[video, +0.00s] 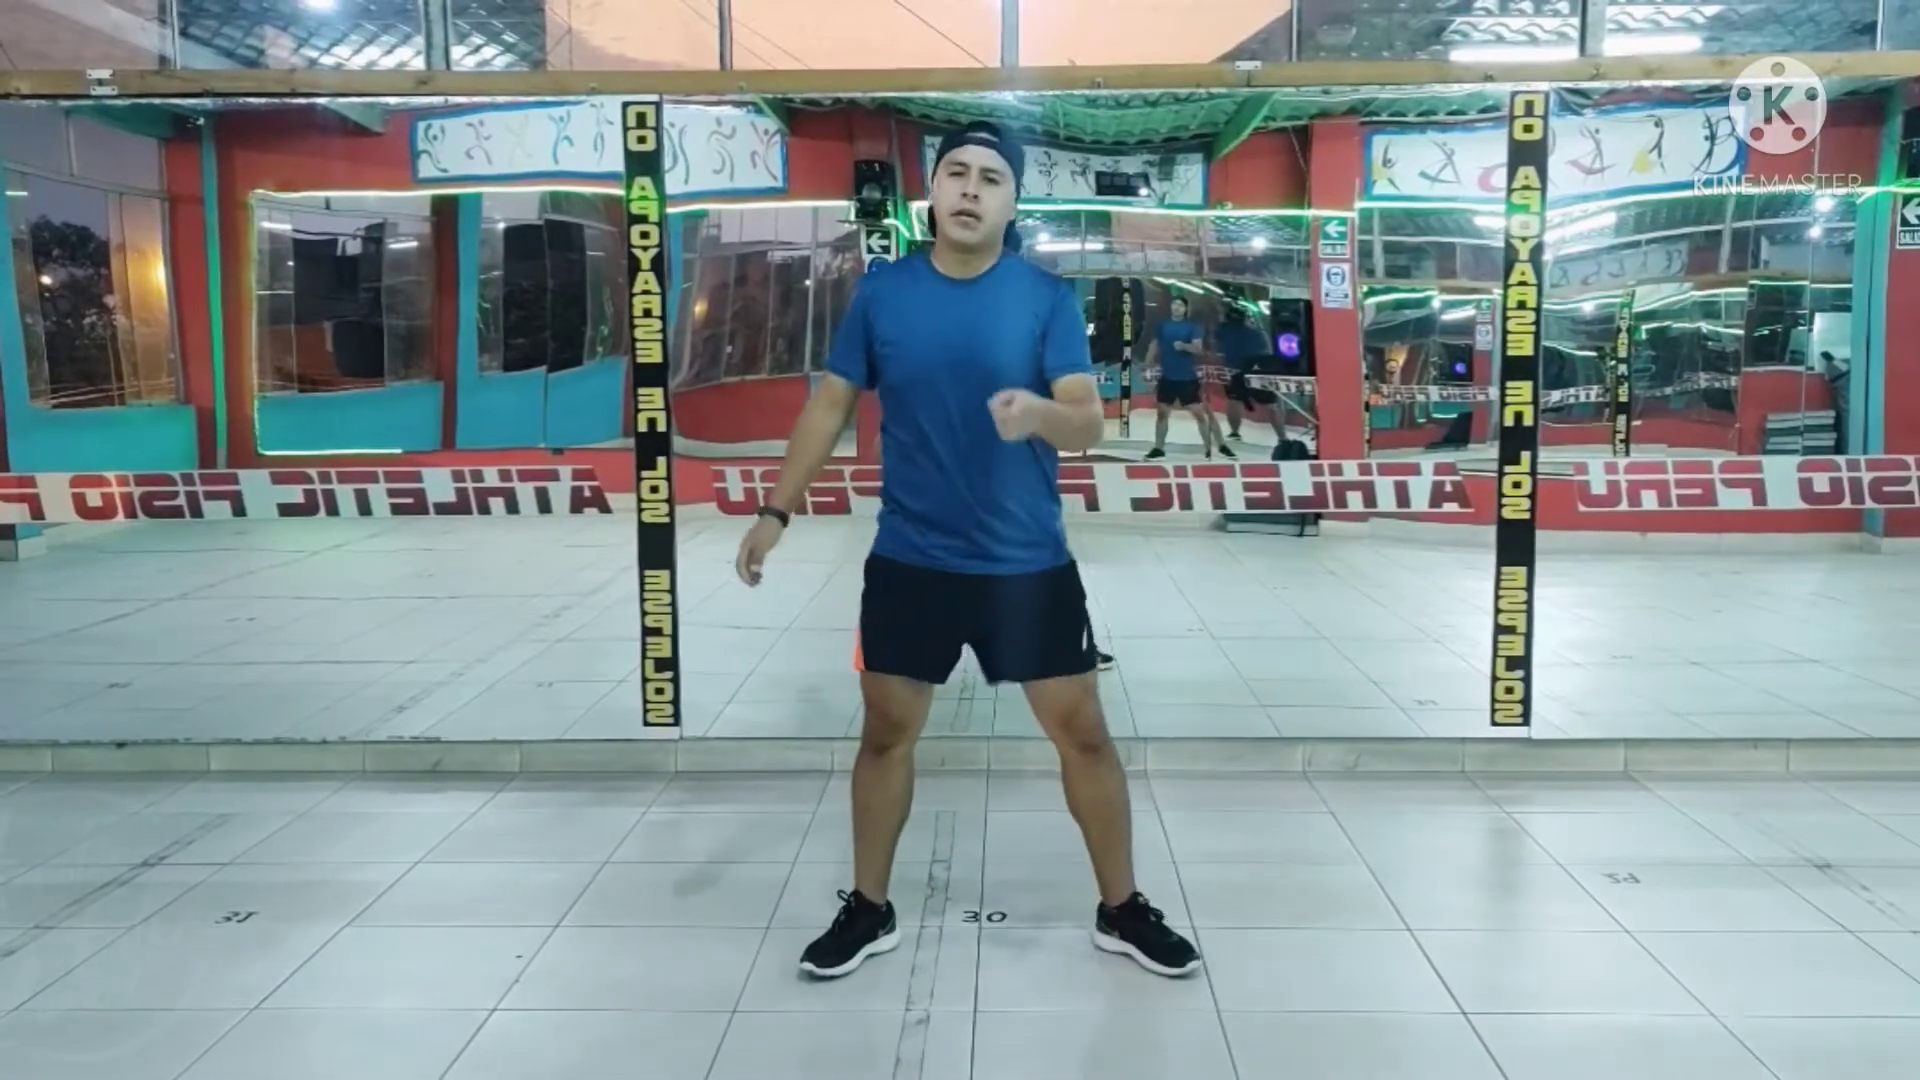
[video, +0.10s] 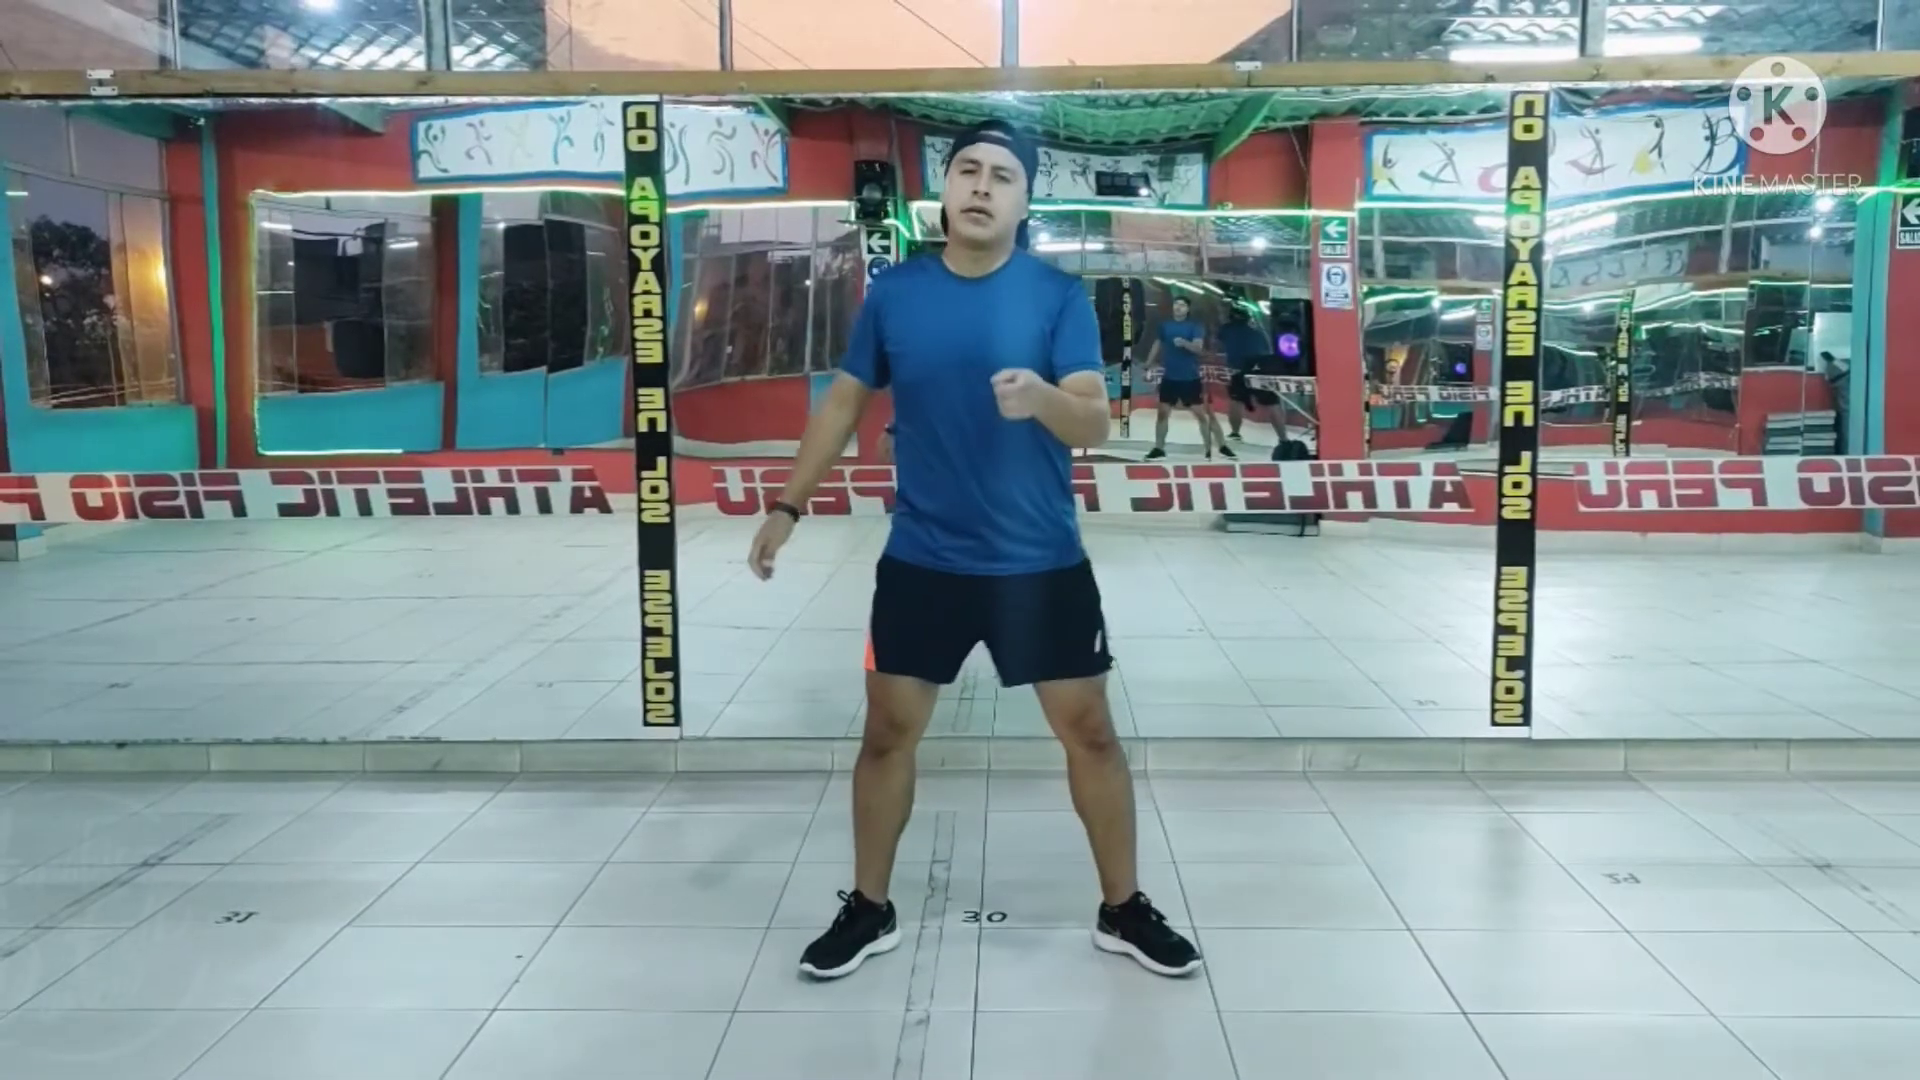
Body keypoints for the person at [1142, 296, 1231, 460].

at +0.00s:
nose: (1177, 308)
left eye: (1180, 306)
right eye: (1174, 305)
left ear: (1186, 309)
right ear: (1170, 308)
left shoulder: (1193, 328)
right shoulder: (1162, 327)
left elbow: (1198, 349)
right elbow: (1154, 346)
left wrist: (1185, 347)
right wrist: (1147, 365)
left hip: (1188, 378)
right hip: (1168, 377)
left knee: (1198, 413)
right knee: (1162, 412)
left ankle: (1208, 447)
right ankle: (1158, 447)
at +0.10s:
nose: (1178, 308)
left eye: (1182, 305)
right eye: (1176, 305)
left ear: (1188, 309)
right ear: (1172, 308)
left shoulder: (1196, 327)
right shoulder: (1165, 327)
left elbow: (1198, 348)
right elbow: (1157, 345)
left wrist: (1185, 344)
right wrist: (1148, 363)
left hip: (1190, 378)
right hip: (1170, 378)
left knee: (1201, 414)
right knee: (1162, 412)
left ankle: (1209, 448)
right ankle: (1159, 447)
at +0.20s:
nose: (1179, 308)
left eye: (1183, 305)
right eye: (1177, 305)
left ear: (1189, 309)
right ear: (1173, 308)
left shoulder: (1197, 327)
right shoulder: (1167, 327)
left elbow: (1199, 348)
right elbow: (1160, 346)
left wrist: (1185, 343)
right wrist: (1152, 365)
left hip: (1192, 379)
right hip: (1171, 378)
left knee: (1203, 414)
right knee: (1162, 411)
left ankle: (1222, 445)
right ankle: (1159, 447)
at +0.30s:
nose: (1180, 308)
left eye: (1184, 305)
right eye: (1178, 305)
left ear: (1190, 309)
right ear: (1174, 308)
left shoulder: (1197, 326)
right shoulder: (1168, 326)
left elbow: (1200, 348)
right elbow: (1162, 347)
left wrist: (1187, 342)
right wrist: (1156, 369)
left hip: (1192, 378)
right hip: (1172, 377)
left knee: (1204, 415)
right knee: (1163, 412)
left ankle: (1222, 446)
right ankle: (1159, 447)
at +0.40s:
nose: (1180, 308)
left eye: (1184, 305)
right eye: (1178, 305)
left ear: (1191, 309)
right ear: (1174, 308)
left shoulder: (1197, 326)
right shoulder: (1168, 326)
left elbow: (1202, 349)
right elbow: (1162, 347)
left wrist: (1188, 342)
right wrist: (1159, 367)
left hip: (1192, 378)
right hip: (1171, 377)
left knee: (1203, 415)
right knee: (1166, 413)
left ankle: (1211, 449)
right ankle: (1160, 447)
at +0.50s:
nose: (1180, 308)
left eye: (1184, 305)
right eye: (1178, 305)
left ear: (1191, 309)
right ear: (1174, 308)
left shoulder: (1197, 327)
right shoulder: (1168, 326)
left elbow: (1203, 349)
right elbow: (1162, 347)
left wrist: (1189, 342)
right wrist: (1159, 367)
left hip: (1191, 378)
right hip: (1171, 377)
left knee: (1203, 416)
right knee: (1164, 414)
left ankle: (1209, 449)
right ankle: (1160, 447)